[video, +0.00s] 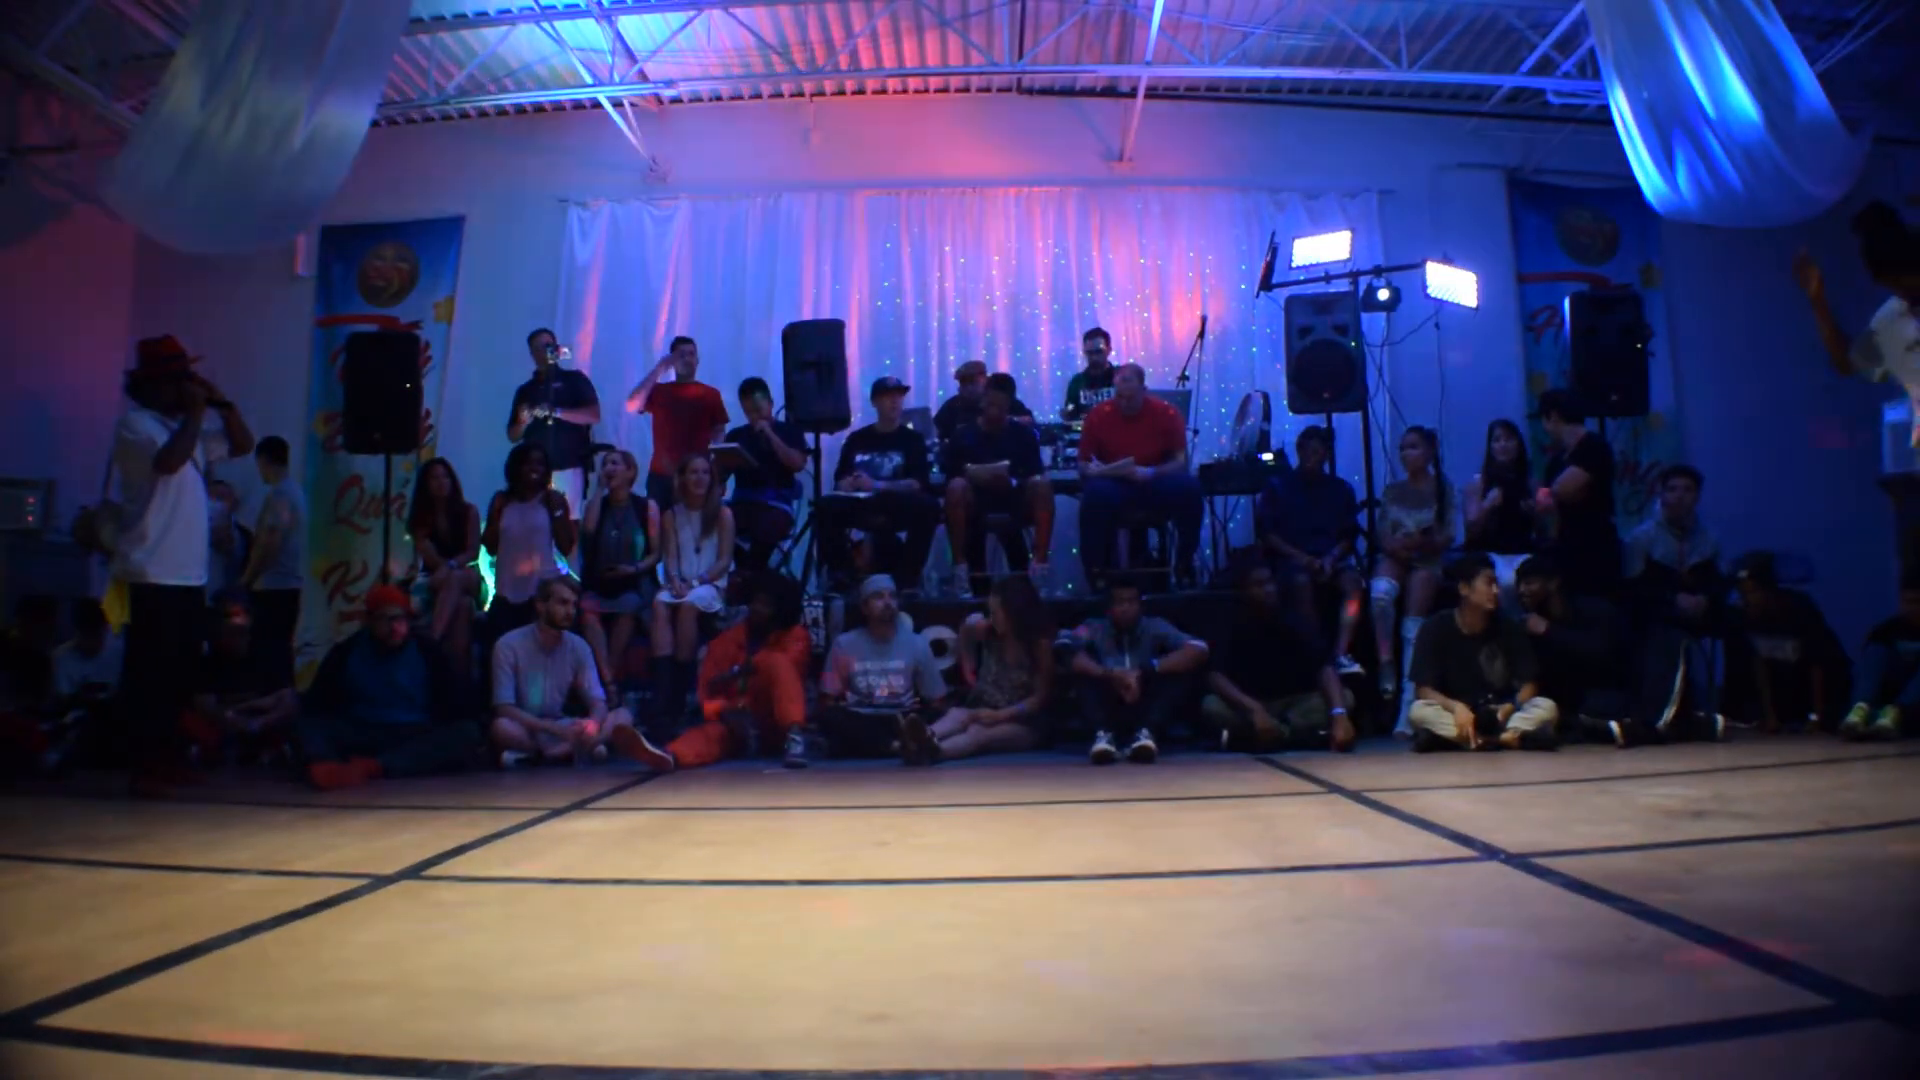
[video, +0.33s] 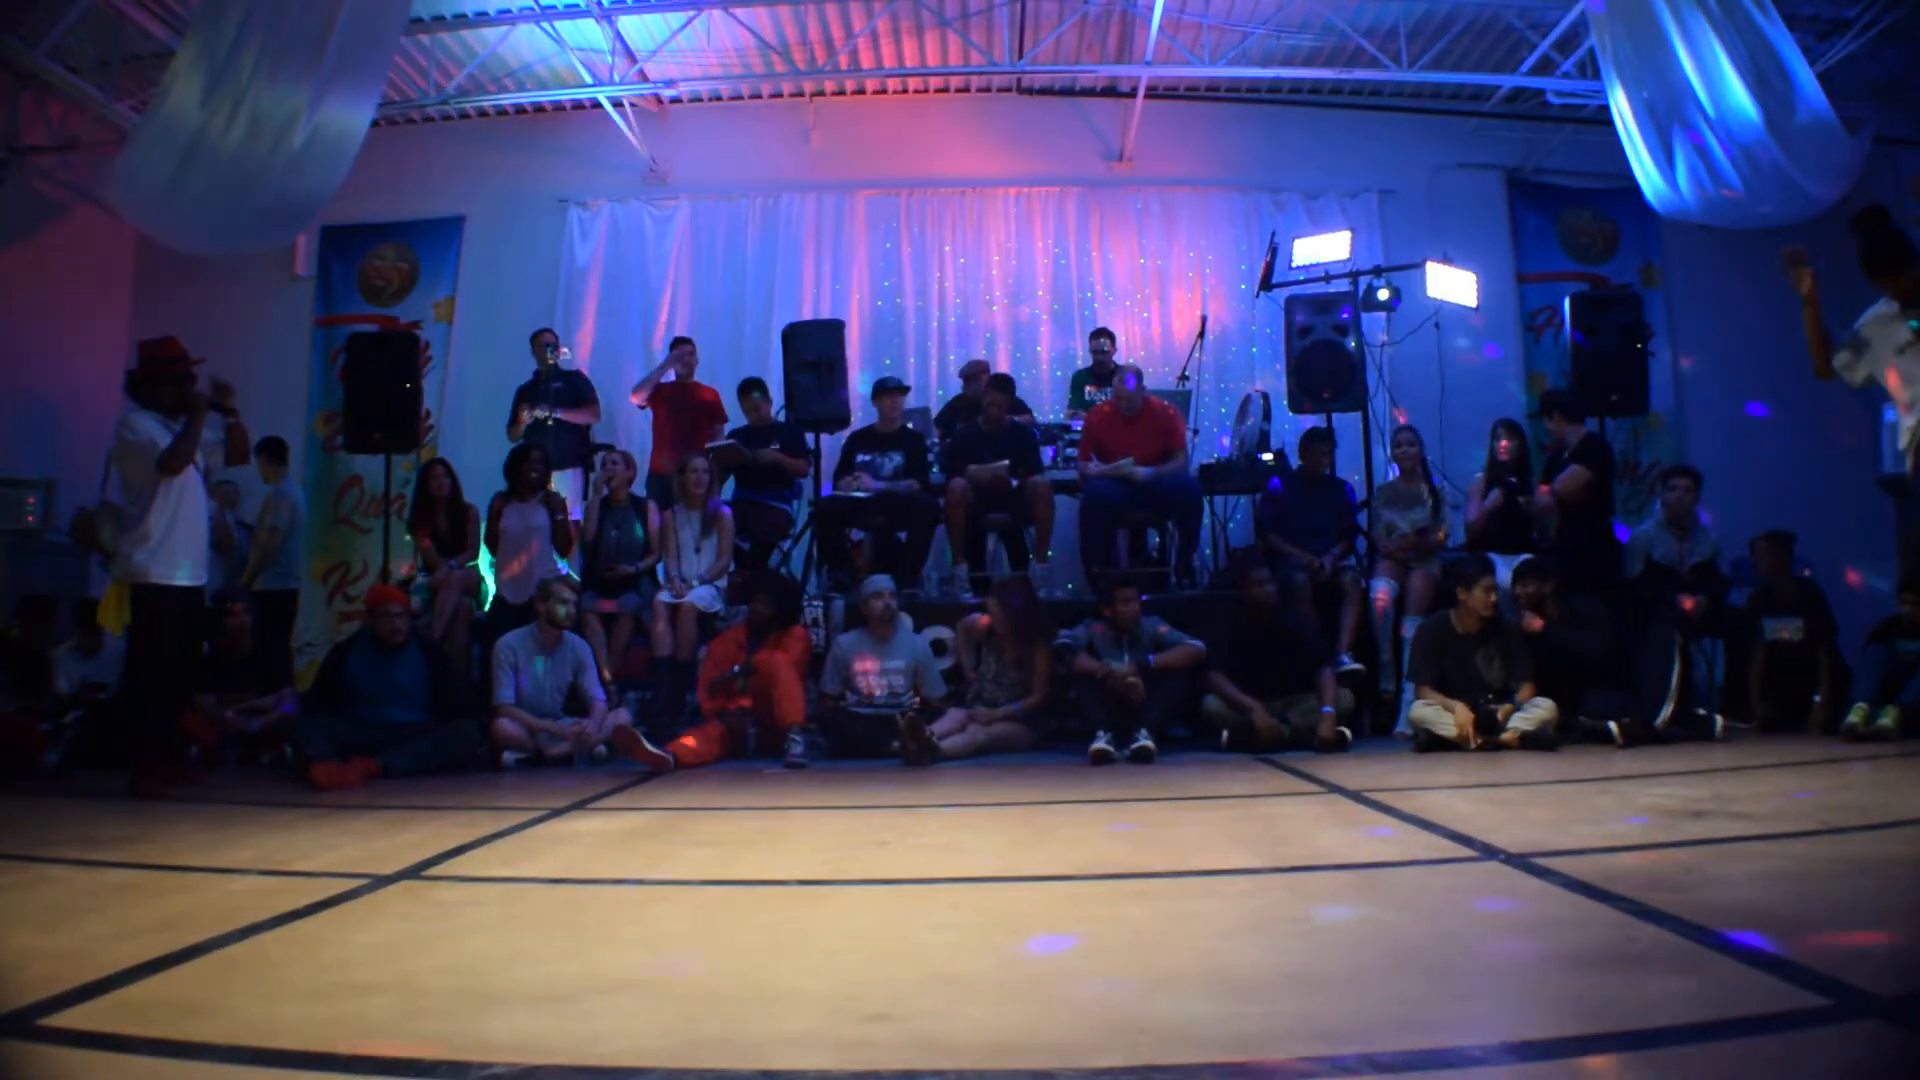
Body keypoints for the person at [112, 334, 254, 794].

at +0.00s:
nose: (185, 389)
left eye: (186, 381)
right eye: (177, 381)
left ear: (179, 386)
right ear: (155, 386)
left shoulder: (182, 431)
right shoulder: (134, 425)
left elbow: (241, 445)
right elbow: (167, 462)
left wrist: (223, 403)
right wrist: (194, 412)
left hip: (187, 577)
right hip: (153, 577)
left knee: (181, 678)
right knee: (151, 678)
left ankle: (172, 761)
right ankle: (146, 767)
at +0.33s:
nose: (187, 390)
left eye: (188, 382)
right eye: (178, 382)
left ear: (183, 386)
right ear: (153, 386)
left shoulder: (180, 430)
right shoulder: (135, 426)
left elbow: (238, 455)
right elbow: (170, 464)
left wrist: (229, 410)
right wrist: (197, 414)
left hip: (187, 578)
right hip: (154, 578)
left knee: (181, 679)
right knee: (153, 679)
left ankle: (173, 761)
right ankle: (149, 768)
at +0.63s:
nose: (185, 390)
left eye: (186, 382)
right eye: (175, 382)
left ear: (185, 387)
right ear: (150, 387)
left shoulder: (190, 432)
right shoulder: (129, 428)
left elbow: (240, 450)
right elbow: (151, 463)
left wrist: (250, 424)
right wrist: (184, 415)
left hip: (189, 579)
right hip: (149, 579)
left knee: (184, 679)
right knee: (149, 680)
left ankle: (174, 762)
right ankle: (146, 768)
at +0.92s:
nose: (182, 389)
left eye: (184, 381)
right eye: (171, 382)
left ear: (186, 387)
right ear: (147, 387)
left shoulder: (202, 435)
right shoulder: (125, 431)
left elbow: (256, 463)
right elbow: (124, 468)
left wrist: (250, 469)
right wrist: (156, 421)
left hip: (191, 585)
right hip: (142, 585)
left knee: (184, 685)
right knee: (144, 685)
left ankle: (177, 763)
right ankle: (143, 769)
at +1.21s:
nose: (169, 393)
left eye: (174, 385)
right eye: (159, 386)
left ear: (186, 387)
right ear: (143, 391)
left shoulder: (210, 439)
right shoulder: (129, 434)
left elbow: (234, 500)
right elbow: (116, 470)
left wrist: (228, 543)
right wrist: (150, 422)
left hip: (193, 585)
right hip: (141, 584)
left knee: (186, 682)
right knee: (143, 682)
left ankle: (179, 761)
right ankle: (143, 766)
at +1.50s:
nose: (176, 396)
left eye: (181, 388)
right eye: (166, 389)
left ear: (193, 391)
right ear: (151, 393)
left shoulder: (213, 442)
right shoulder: (138, 435)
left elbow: (235, 506)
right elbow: (119, 470)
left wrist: (220, 556)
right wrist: (157, 423)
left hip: (195, 582)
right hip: (146, 579)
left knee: (187, 676)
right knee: (146, 675)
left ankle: (179, 757)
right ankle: (143, 760)